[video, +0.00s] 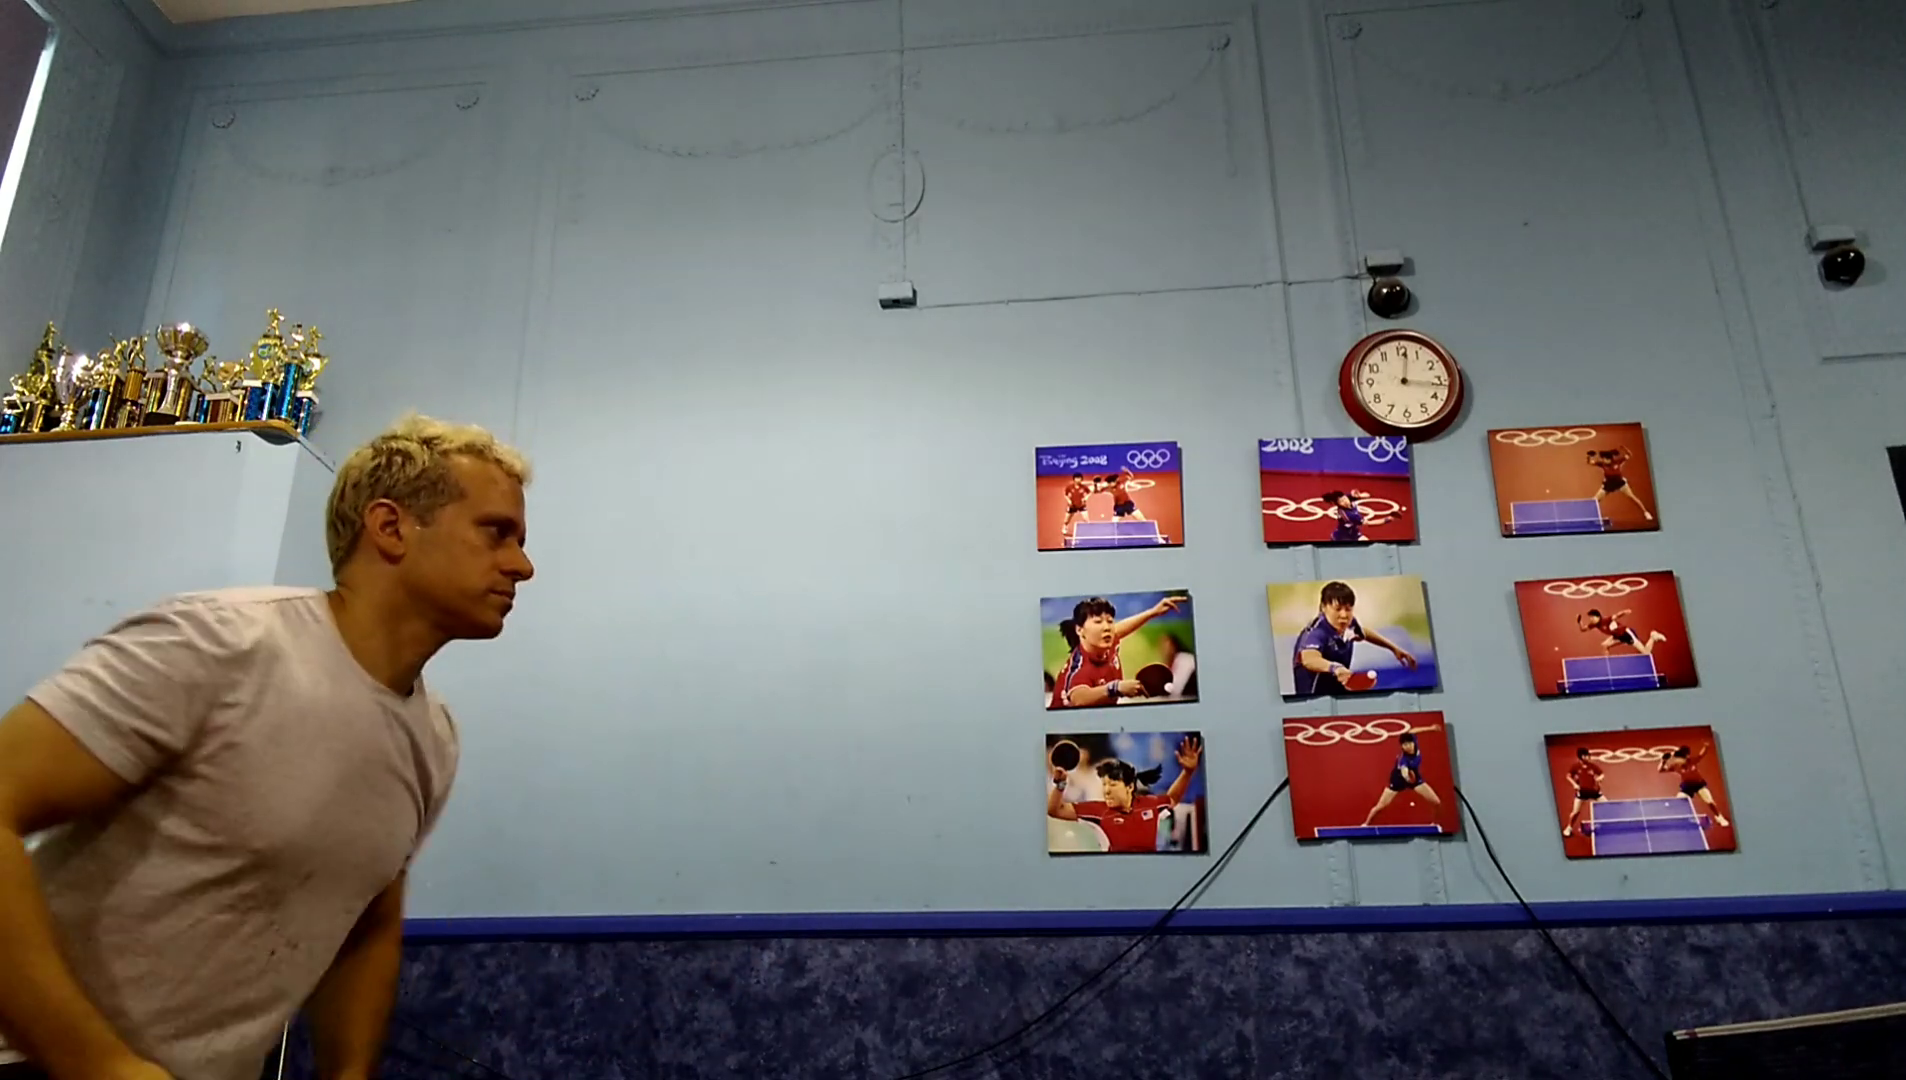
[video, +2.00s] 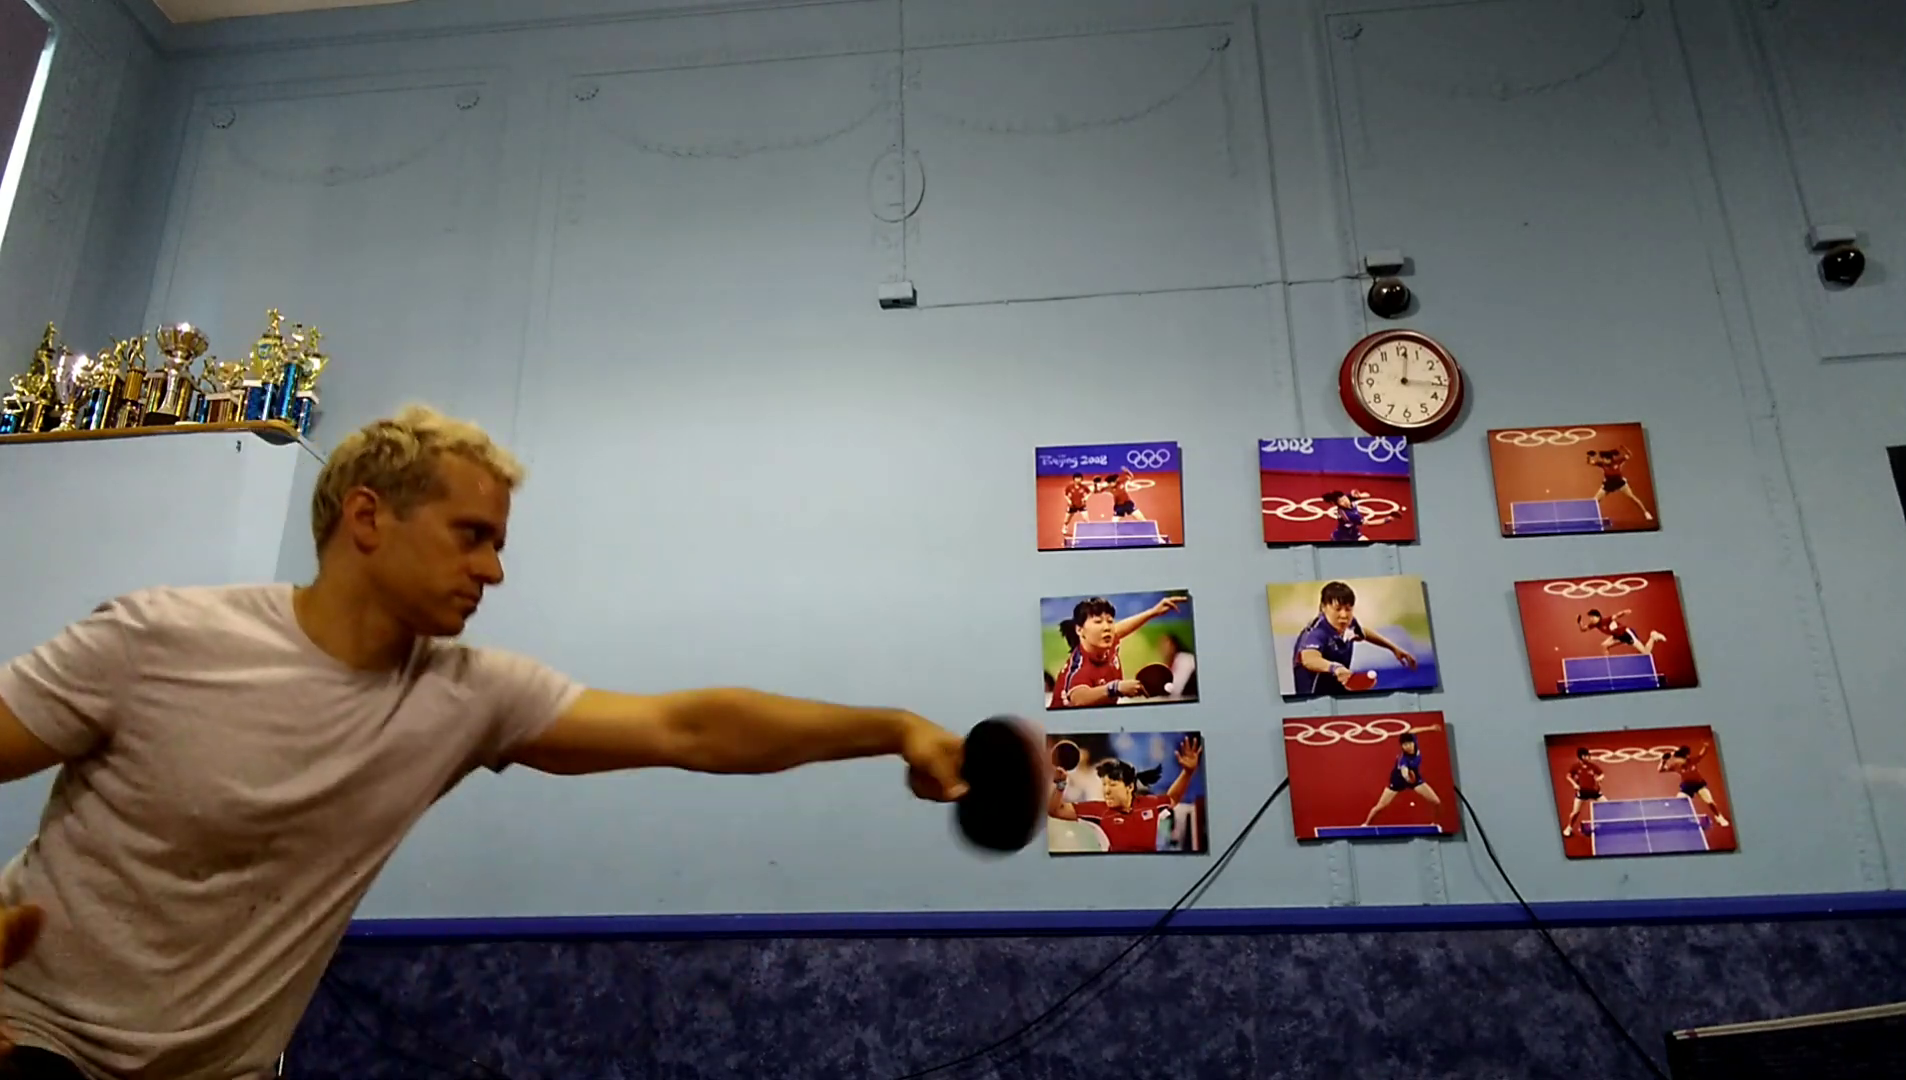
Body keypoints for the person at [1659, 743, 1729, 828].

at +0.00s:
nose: (1685, 759)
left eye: (1686, 757)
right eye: (1683, 757)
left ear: (1687, 756)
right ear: (1679, 757)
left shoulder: (1692, 760)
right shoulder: (1676, 766)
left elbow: (1701, 755)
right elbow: (1661, 770)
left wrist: (1705, 747)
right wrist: (1663, 760)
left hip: (1699, 784)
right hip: (1686, 786)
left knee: (1710, 802)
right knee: (1678, 803)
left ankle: (1719, 817)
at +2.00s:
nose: (1686, 758)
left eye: (1687, 756)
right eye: (1683, 757)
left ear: (1687, 755)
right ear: (1680, 756)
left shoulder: (1692, 760)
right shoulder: (1676, 765)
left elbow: (1701, 755)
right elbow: (1661, 770)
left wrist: (1705, 747)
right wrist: (1663, 760)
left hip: (1699, 784)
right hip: (1686, 786)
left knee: (1710, 802)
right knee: (1678, 803)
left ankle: (1719, 817)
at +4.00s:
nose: (1679, 762)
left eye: (1681, 760)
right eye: (1677, 760)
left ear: (1686, 757)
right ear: (1676, 759)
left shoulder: (1693, 761)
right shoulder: (1676, 766)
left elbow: (1701, 755)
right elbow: (1660, 771)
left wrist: (1705, 747)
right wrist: (1663, 761)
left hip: (1699, 784)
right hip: (1686, 785)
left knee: (1710, 802)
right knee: (1679, 802)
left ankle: (1718, 816)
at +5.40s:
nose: (1680, 762)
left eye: (1682, 759)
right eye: (1678, 760)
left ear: (1687, 757)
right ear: (1676, 759)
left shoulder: (1693, 761)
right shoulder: (1676, 766)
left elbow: (1701, 755)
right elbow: (1661, 770)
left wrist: (1705, 747)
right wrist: (1663, 761)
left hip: (1699, 784)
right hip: (1686, 785)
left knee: (1710, 802)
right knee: (1679, 802)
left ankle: (1718, 816)